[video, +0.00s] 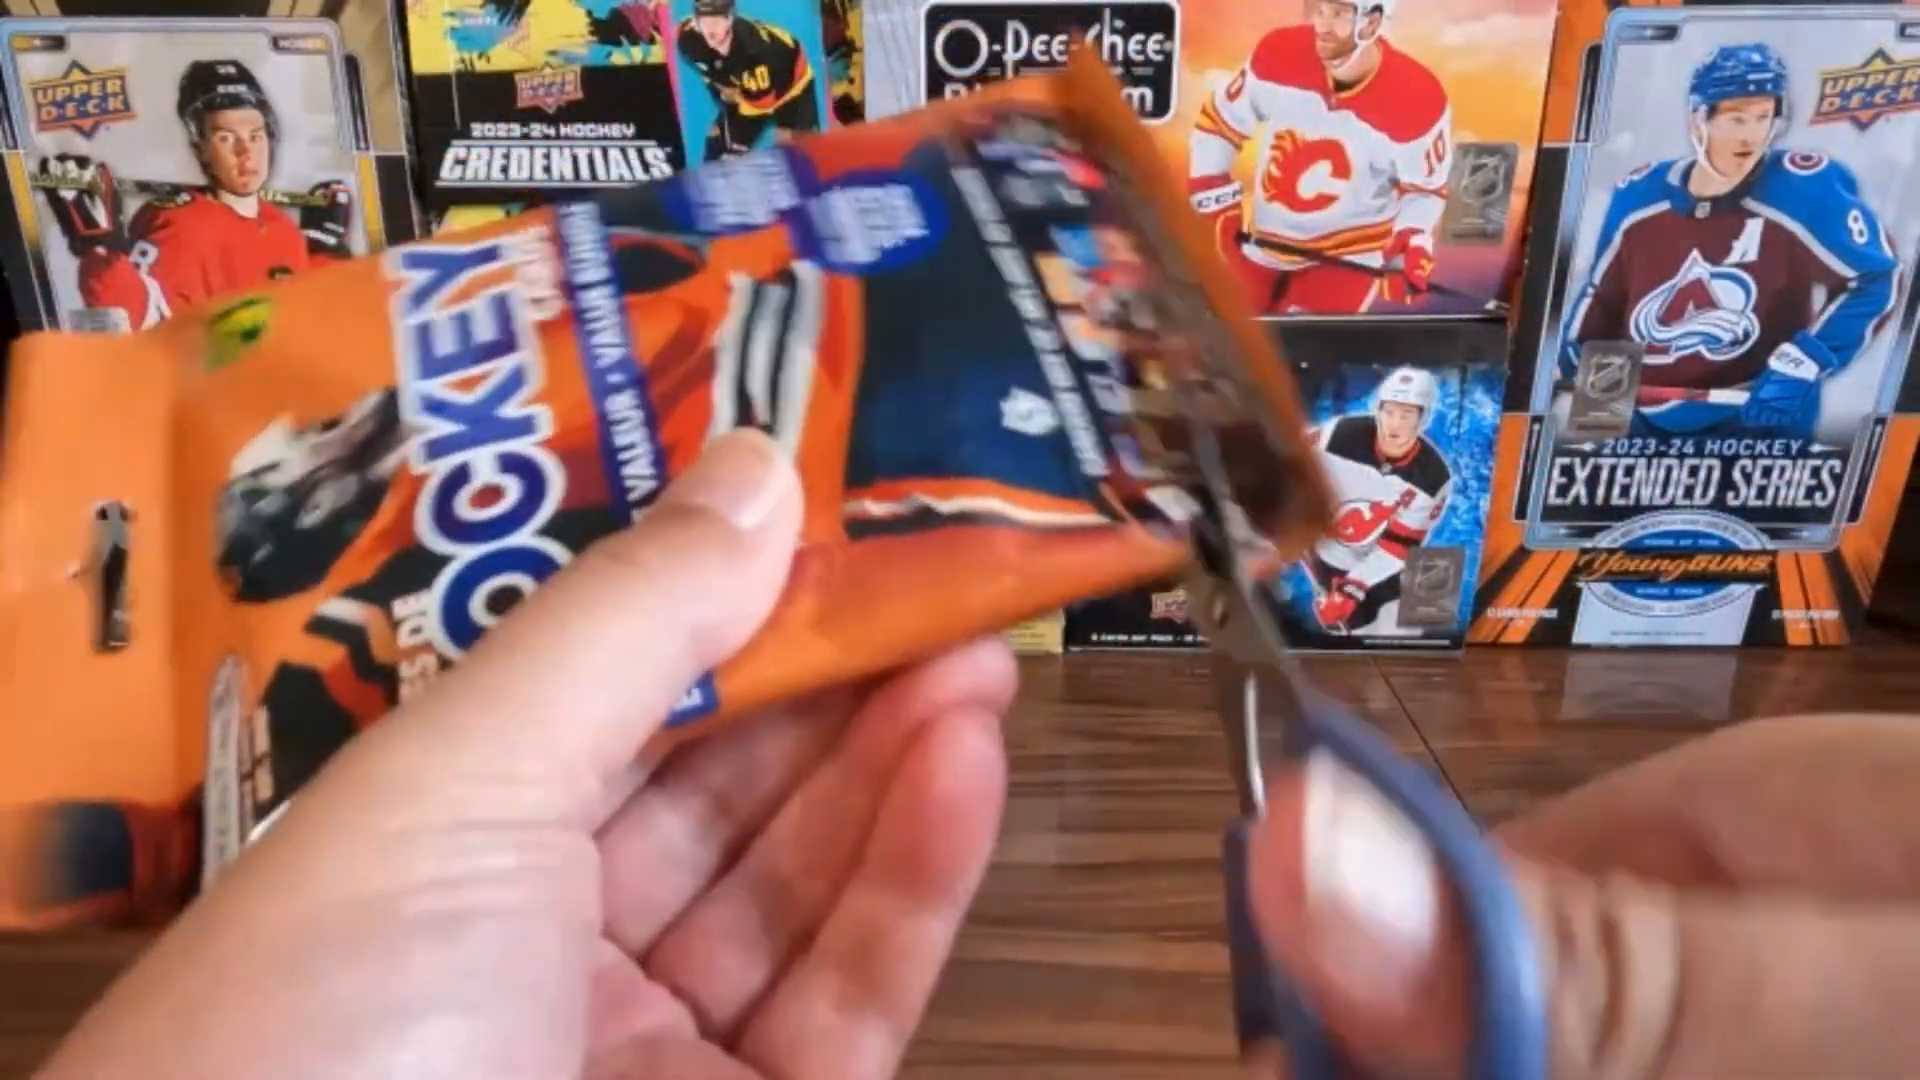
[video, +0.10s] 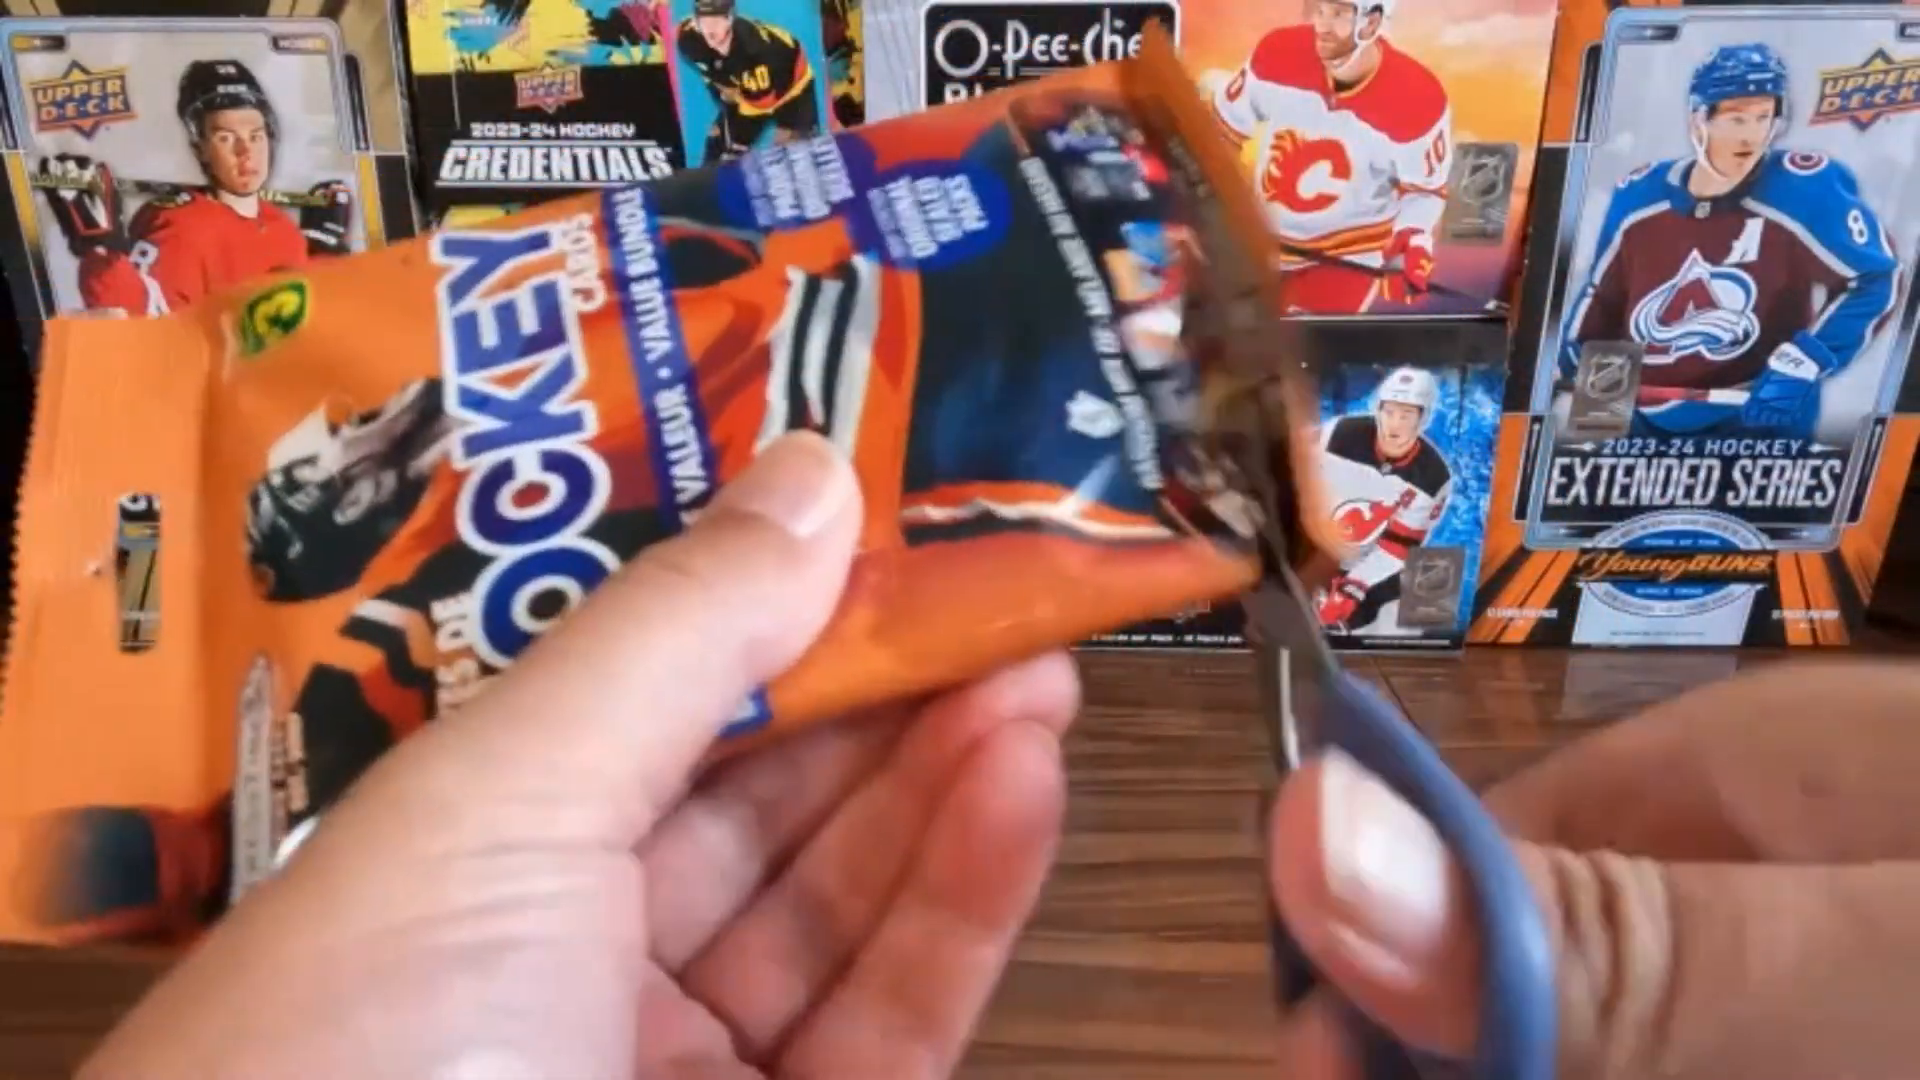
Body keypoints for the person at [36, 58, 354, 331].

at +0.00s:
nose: (246, 153)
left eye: (256, 136)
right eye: (226, 138)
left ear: (271, 141)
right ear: (200, 149)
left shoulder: (285, 227)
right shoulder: (180, 228)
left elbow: (323, 316)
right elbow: (148, 332)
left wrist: (329, 250)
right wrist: (102, 250)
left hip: (296, 380)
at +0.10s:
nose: (246, 154)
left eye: (256, 136)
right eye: (227, 139)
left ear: (270, 140)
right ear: (200, 150)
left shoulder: (286, 230)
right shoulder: (180, 228)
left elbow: (313, 328)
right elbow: (156, 335)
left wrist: (329, 253)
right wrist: (101, 251)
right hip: (206, 394)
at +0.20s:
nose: (246, 154)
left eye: (256, 136)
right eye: (226, 139)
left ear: (271, 140)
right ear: (200, 149)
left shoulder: (285, 227)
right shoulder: (181, 227)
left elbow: (321, 318)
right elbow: (151, 330)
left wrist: (331, 251)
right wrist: (101, 251)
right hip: (211, 394)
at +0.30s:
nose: (247, 153)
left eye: (256, 136)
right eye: (227, 139)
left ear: (270, 141)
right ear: (201, 150)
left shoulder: (285, 227)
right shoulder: (180, 229)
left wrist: (326, 244)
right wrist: (101, 255)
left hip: (286, 381)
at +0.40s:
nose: (247, 153)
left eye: (256, 136)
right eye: (228, 139)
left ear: (270, 140)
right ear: (201, 149)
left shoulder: (285, 229)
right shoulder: (180, 229)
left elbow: (312, 326)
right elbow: (150, 335)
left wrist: (330, 250)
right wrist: (101, 251)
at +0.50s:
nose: (247, 153)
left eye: (256, 136)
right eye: (228, 139)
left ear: (270, 141)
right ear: (201, 150)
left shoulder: (284, 229)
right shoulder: (179, 228)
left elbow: (312, 318)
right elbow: (153, 334)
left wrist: (331, 252)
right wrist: (102, 254)